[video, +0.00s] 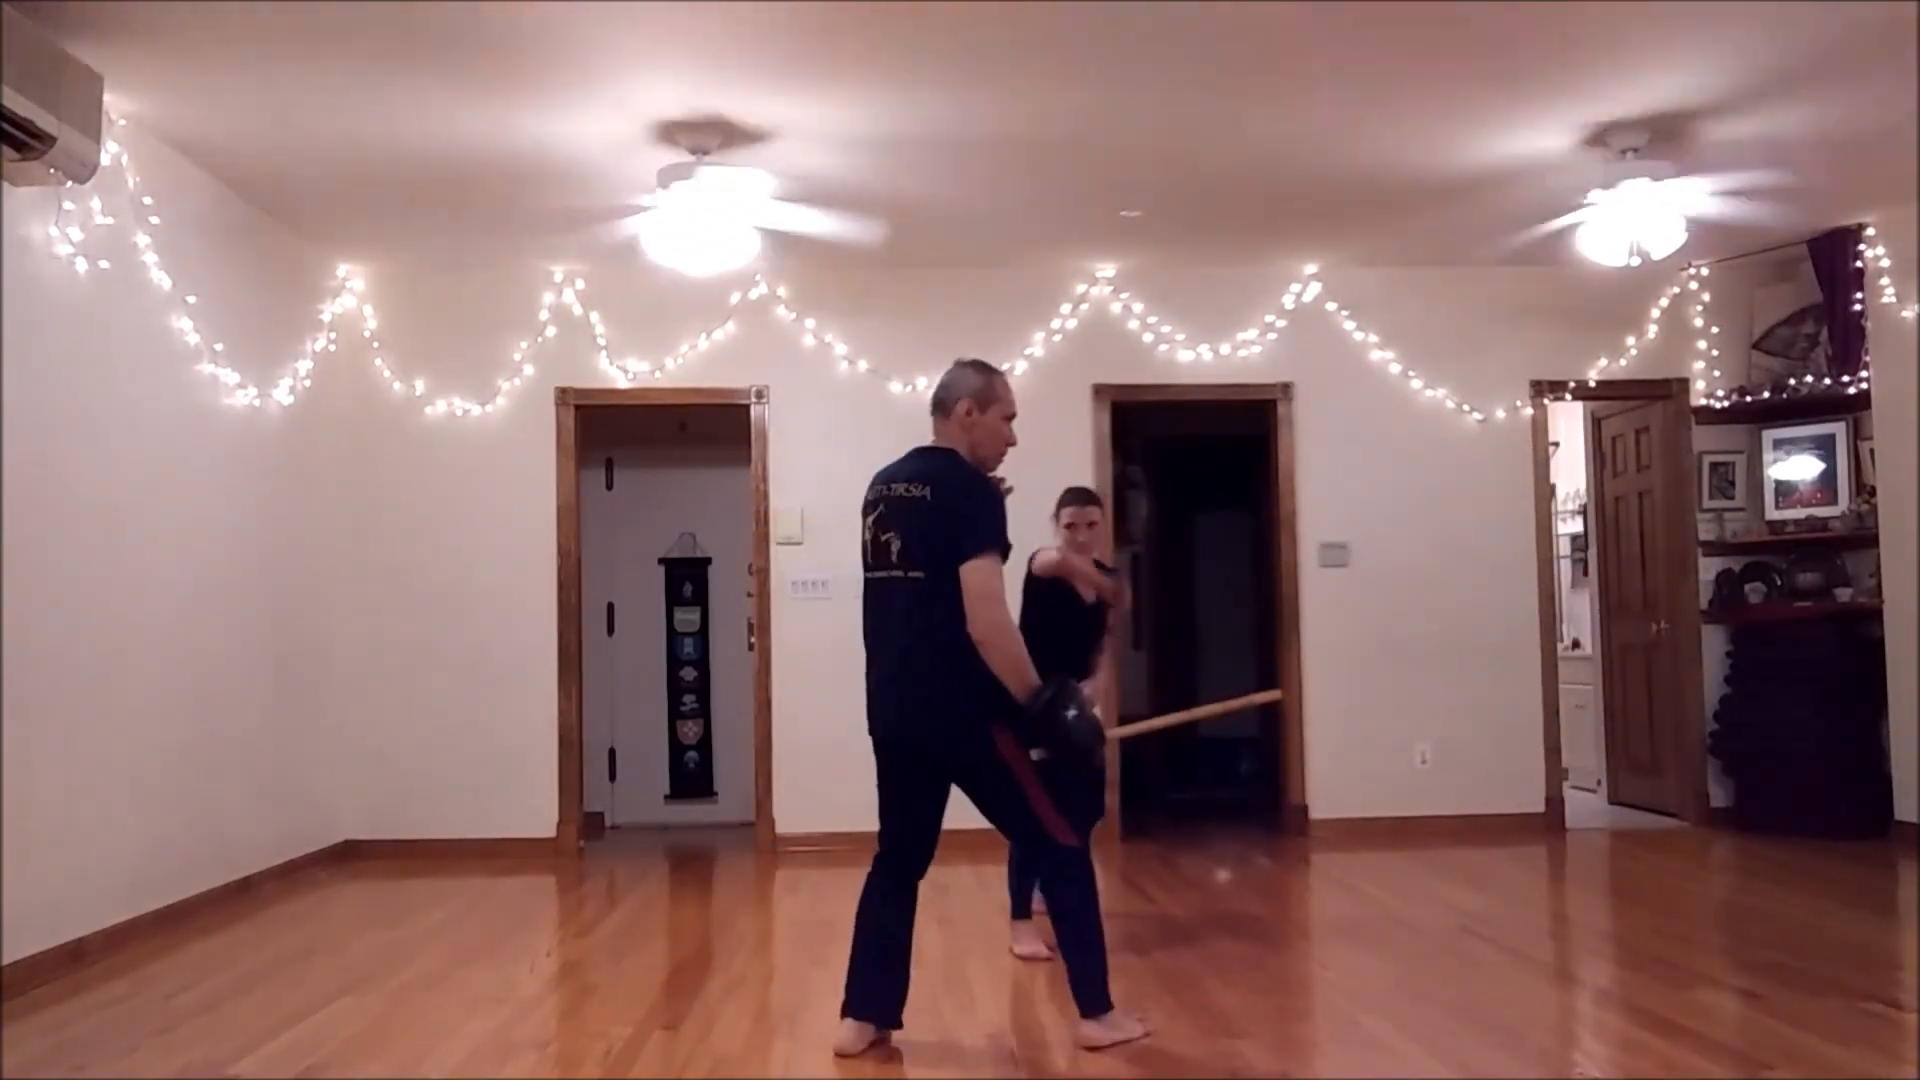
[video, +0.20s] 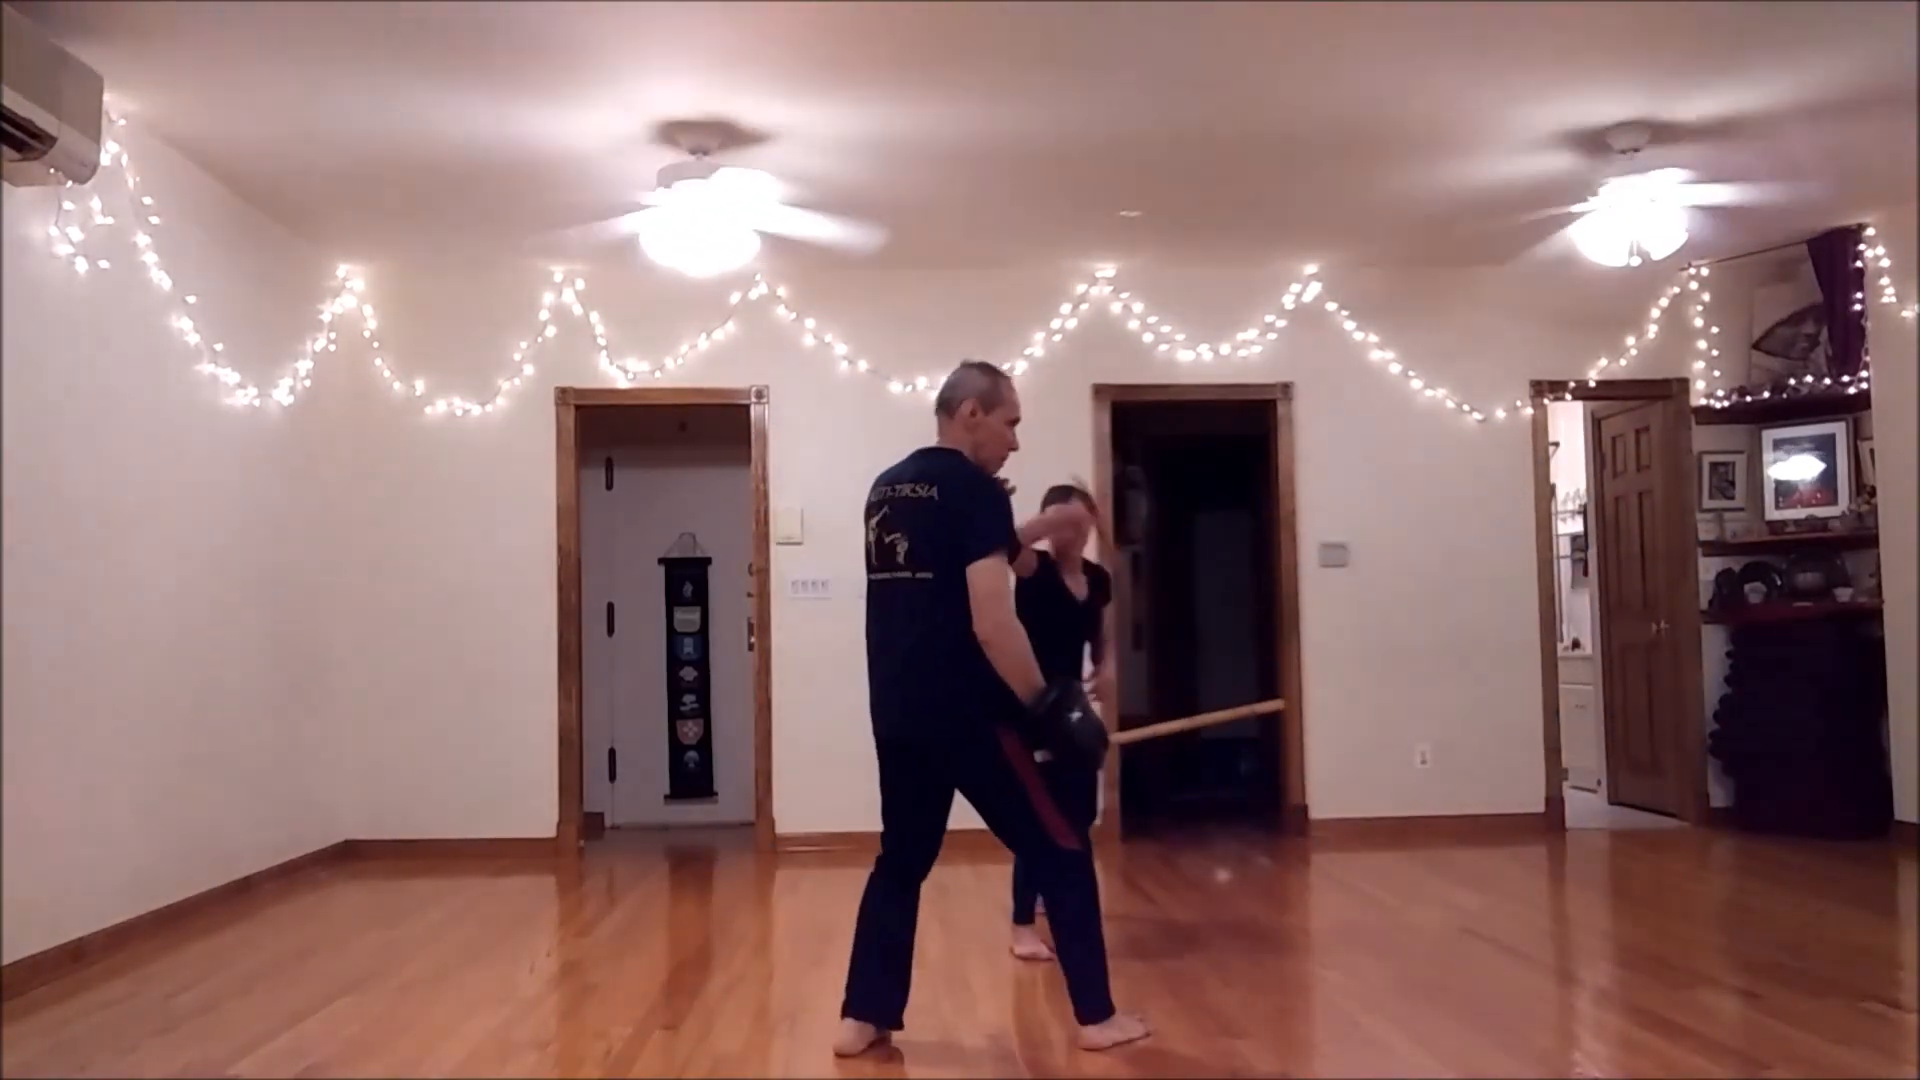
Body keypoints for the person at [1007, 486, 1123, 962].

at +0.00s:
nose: (1082, 534)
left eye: (1091, 526)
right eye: (1072, 526)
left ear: (1104, 527)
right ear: (1056, 528)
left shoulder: (1108, 580)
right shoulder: (1042, 562)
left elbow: (1104, 649)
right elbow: (1051, 561)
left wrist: (1093, 698)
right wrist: (1088, 576)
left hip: (1079, 703)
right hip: (1033, 701)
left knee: (1088, 803)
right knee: (1031, 809)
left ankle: (1058, 892)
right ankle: (1020, 918)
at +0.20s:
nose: (1075, 535)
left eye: (1081, 525)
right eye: (1066, 526)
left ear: (1092, 527)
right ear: (1049, 528)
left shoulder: (1097, 579)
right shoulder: (1031, 569)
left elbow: (1102, 640)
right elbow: (1002, 545)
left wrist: (1105, 671)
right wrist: (1039, 526)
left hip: (1075, 703)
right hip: (1028, 701)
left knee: (1080, 814)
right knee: (1038, 815)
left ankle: (1068, 919)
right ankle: (1023, 923)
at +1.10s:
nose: (1063, 527)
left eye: (1069, 517)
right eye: (1051, 520)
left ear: (1078, 519)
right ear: (1033, 526)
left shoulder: (1085, 567)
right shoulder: (1021, 571)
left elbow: (1087, 631)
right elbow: (1014, 633)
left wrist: (1090, 683)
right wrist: (1054, 692)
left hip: (1065, 688)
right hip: (1019, 692)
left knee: (1067, 801)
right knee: (1029, 810)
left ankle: (1049, 904)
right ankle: (1021, 923)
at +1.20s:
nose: (1060, 524)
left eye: (1068, 514)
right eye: (1050, 516)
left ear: (1078, 518)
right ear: (1033, 522)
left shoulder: (1085, 566)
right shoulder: (1020, 569)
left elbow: (1085, 632)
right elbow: (1011, 631)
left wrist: (1092, 685)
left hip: (1061, 688)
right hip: (1014, 690)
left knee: (1064, 797)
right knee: (1024, 806)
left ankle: (1047, 902)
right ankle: (1020, 923)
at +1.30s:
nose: (1067, 523)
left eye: (1072, 514)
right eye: (1058, 515)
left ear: (1080, 518)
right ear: (1037, 519)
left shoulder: (1084, 568)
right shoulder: (1019, 566)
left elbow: (1077, 628)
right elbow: (1015, 623)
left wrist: (1094, 662)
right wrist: (1072, 667)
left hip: (1057, 689)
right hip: (1011, 691)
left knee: (1065, 792)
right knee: (1021, 804)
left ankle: (1048, 884)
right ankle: (1016, 922)